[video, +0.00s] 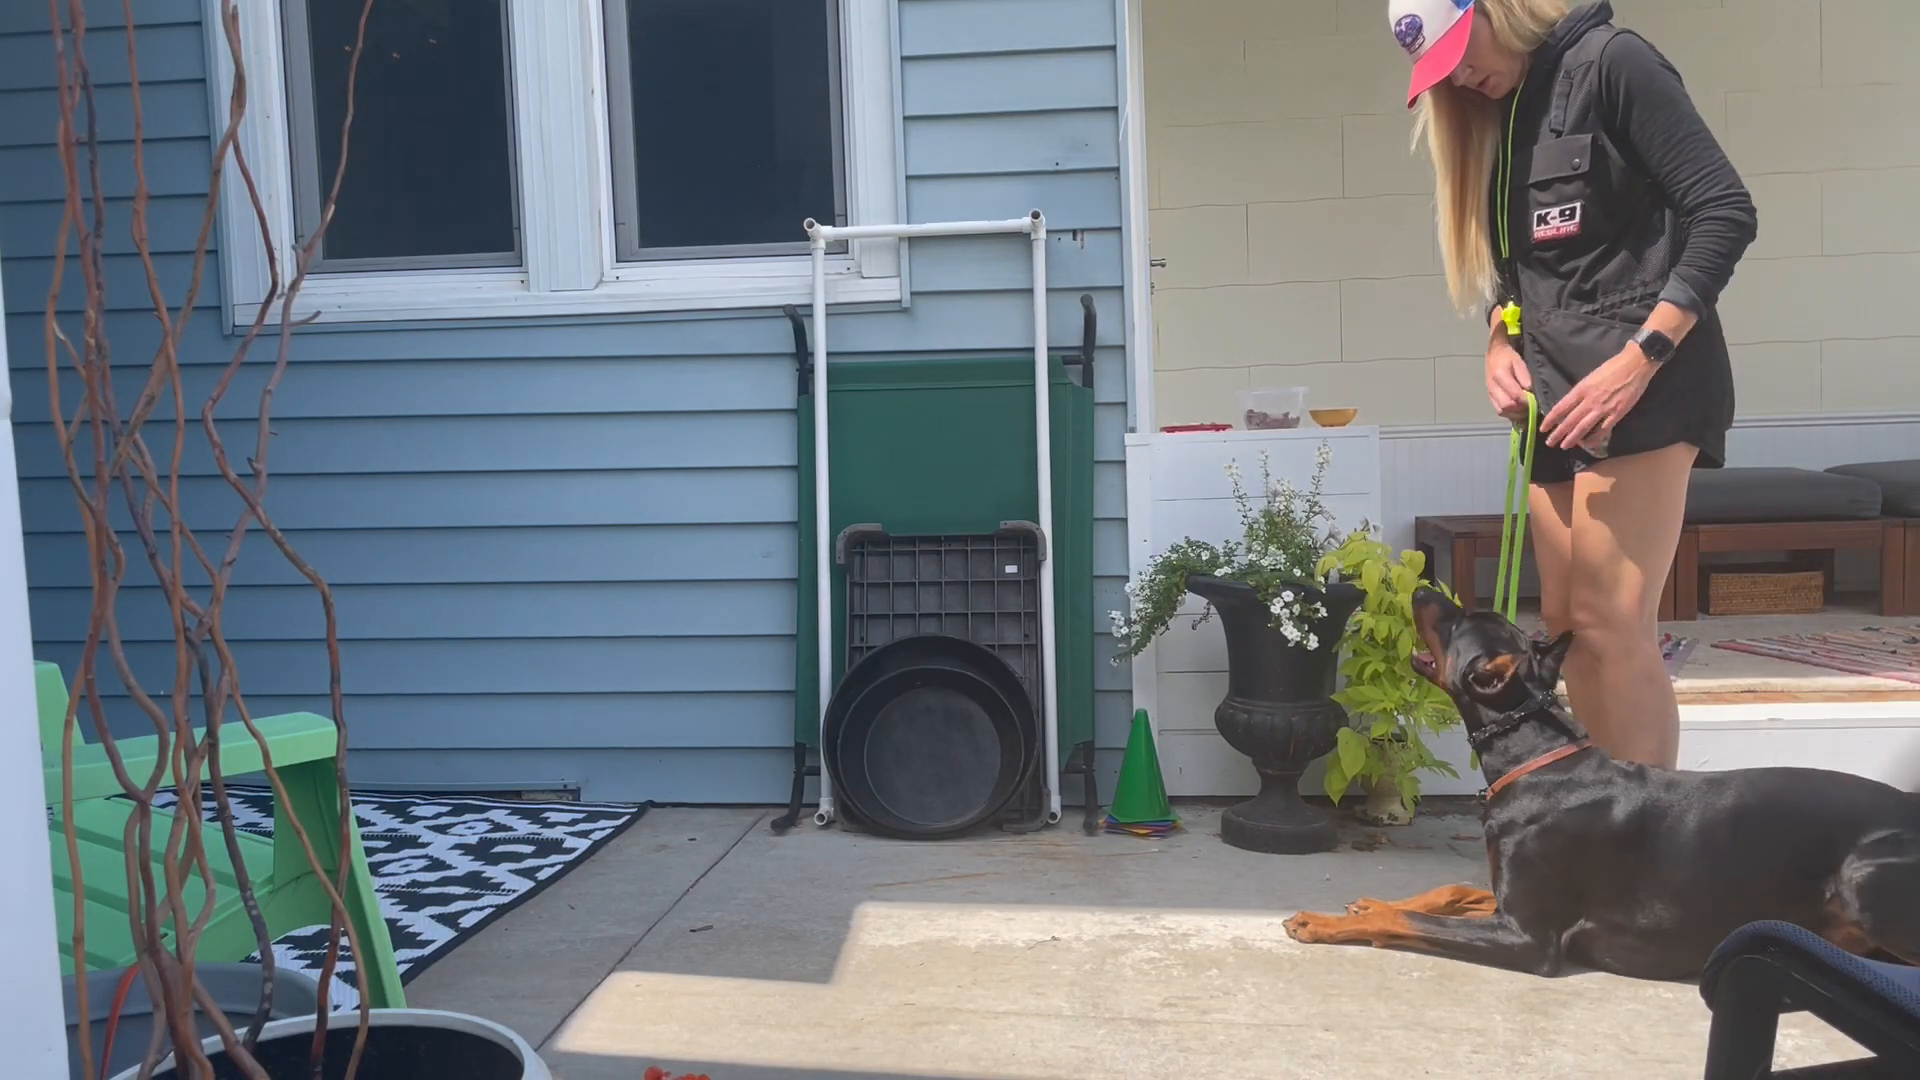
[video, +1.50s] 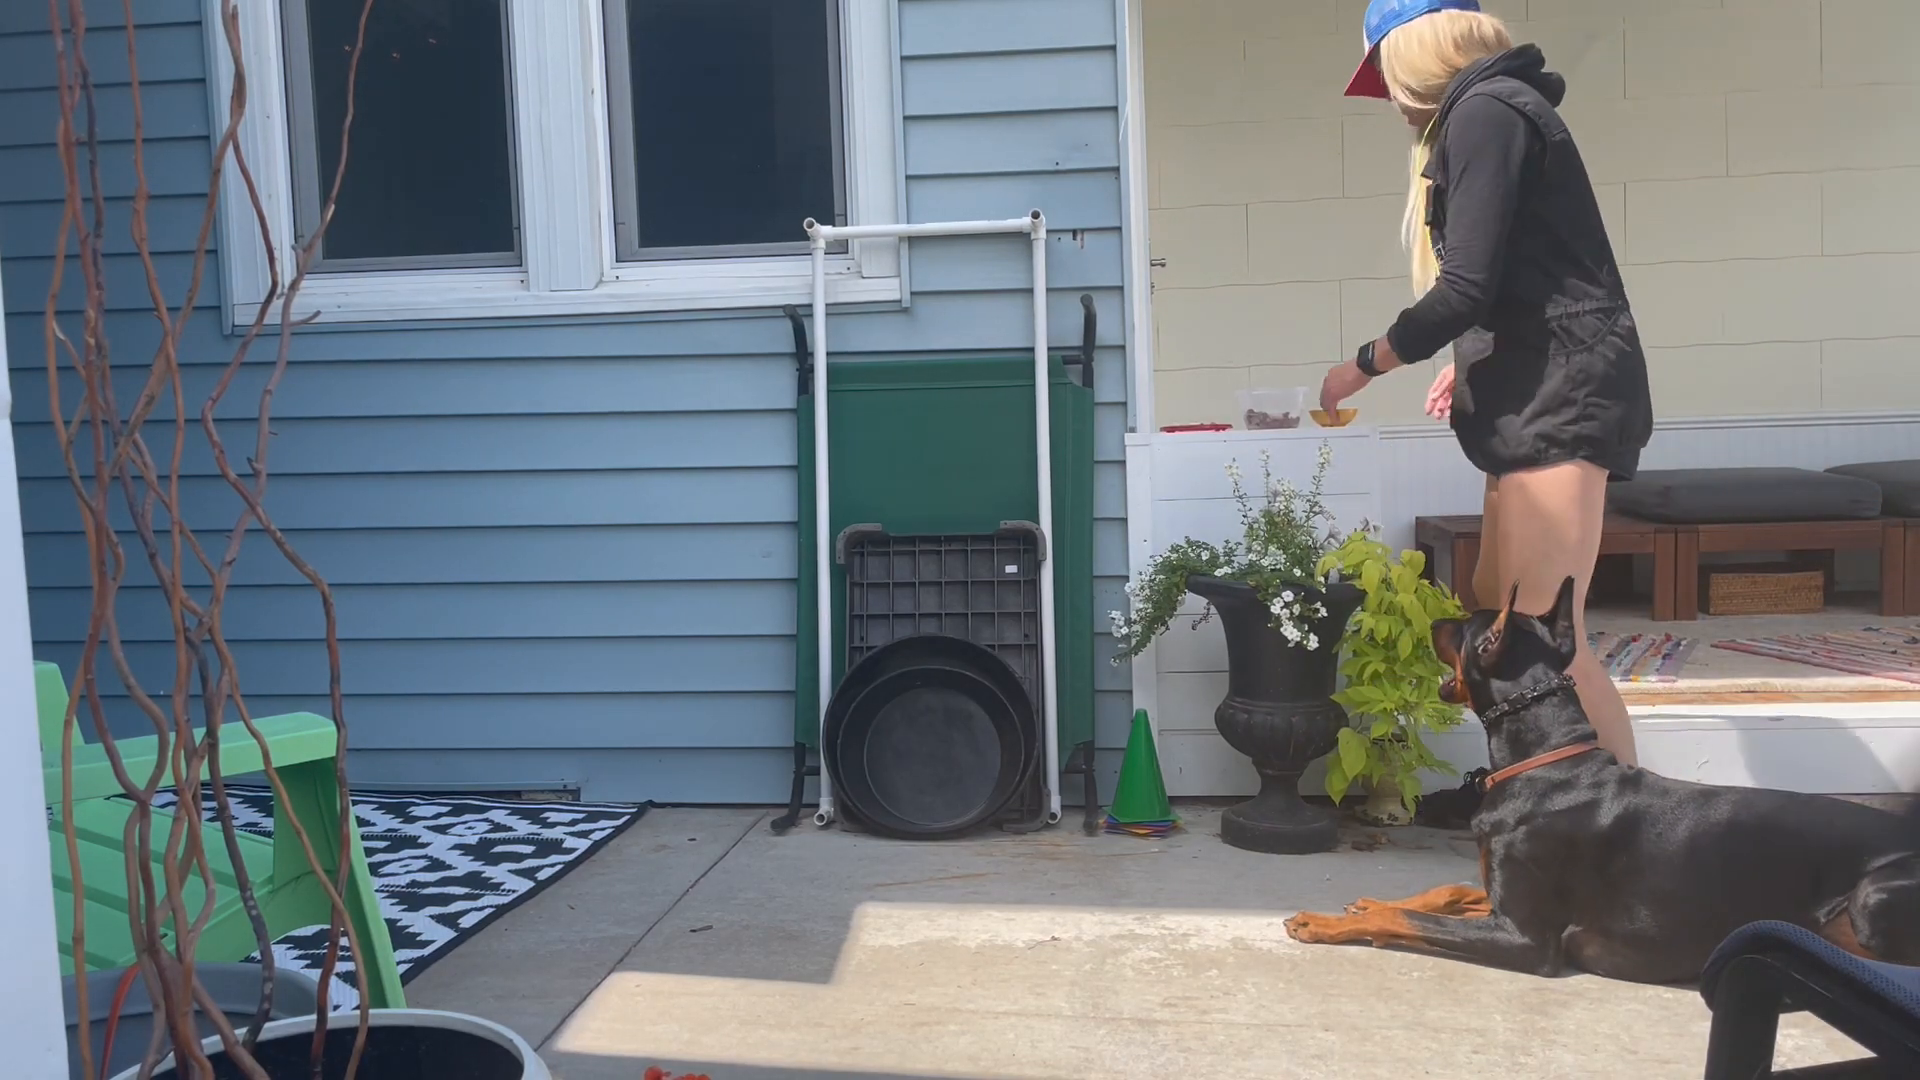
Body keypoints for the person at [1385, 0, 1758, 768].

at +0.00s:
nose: (1459, 80)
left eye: (1459, 55)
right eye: (1444, 71)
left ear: (1495, 10)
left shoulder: (1612, 61)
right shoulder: (1507, 105)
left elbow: (1725, 211)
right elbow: (1517, 253)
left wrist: (1641, 354)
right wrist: (1500, 336)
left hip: (1641, 375)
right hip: (1552, 383)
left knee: (1612, 621)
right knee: (1569, 624)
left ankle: (1649, 852)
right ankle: (1608, 846)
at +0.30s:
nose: (1448, 86)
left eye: (1448, 61)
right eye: (1434, 76)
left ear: (1485, 14)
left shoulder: (1609, 66)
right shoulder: (1502, 114)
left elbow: (1709, 221)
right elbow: (1504, 273)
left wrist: (1617, 366)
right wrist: (1467, 394)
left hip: (1654, 378)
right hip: (1558, 391)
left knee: (1625, 627)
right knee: (1570, 626)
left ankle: (1647, 849)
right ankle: (1587, 845)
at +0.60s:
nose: (1429, 94)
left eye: (1430, 69)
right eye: (1416, 84)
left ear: (1474, 23)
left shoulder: (1610, 75)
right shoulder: (1481, 133)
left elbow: (1723, 231)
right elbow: (1450, 293)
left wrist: (1701, 393)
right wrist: (1394, 448)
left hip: (1662, 388)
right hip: (1566, 399)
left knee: (1633, 632)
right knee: (1578, 638)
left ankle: (1655, 849)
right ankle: (1605, 849)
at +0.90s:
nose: (1428, 86)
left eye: (1423, 61)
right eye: (1417, 70)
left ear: (1462, 31)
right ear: (1460, 42)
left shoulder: (1596, 82)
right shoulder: (1492, 116)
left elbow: (1707, 241)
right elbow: (1494, 276)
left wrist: (1702, 413)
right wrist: (1451, 397)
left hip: (1639, 397)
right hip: (1554, 404)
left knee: (1606, 625)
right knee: (1568, 621)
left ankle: (1649, 842)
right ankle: (1604, 836)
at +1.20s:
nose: (1418, 79)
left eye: (1416, 58)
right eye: (1410, 63)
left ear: (1448, 35)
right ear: (1472, 32)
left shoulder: (1543, 87)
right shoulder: (1496, 102)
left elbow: (1627, 255)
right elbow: (1532, 269)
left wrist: (1567, 413)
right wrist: (1505, 389)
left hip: (1609, 394)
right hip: (1558, 390)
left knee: (1579, 641)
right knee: (1532, 634)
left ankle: (1636, 838)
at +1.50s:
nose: (1395, 98)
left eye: (1393, 79)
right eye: (1388, 83)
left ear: (1420, 62)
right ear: (1462, 46)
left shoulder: (1485, 112)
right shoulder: (1491, 110)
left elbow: (1467, 287)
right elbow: (1538, 272)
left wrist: (1361, 365)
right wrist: (1477, 363)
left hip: (1564, 380)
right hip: (1530, 381)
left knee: (1547, 633)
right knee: (1497, 614)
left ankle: (1625, 819)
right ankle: (1528, 791)